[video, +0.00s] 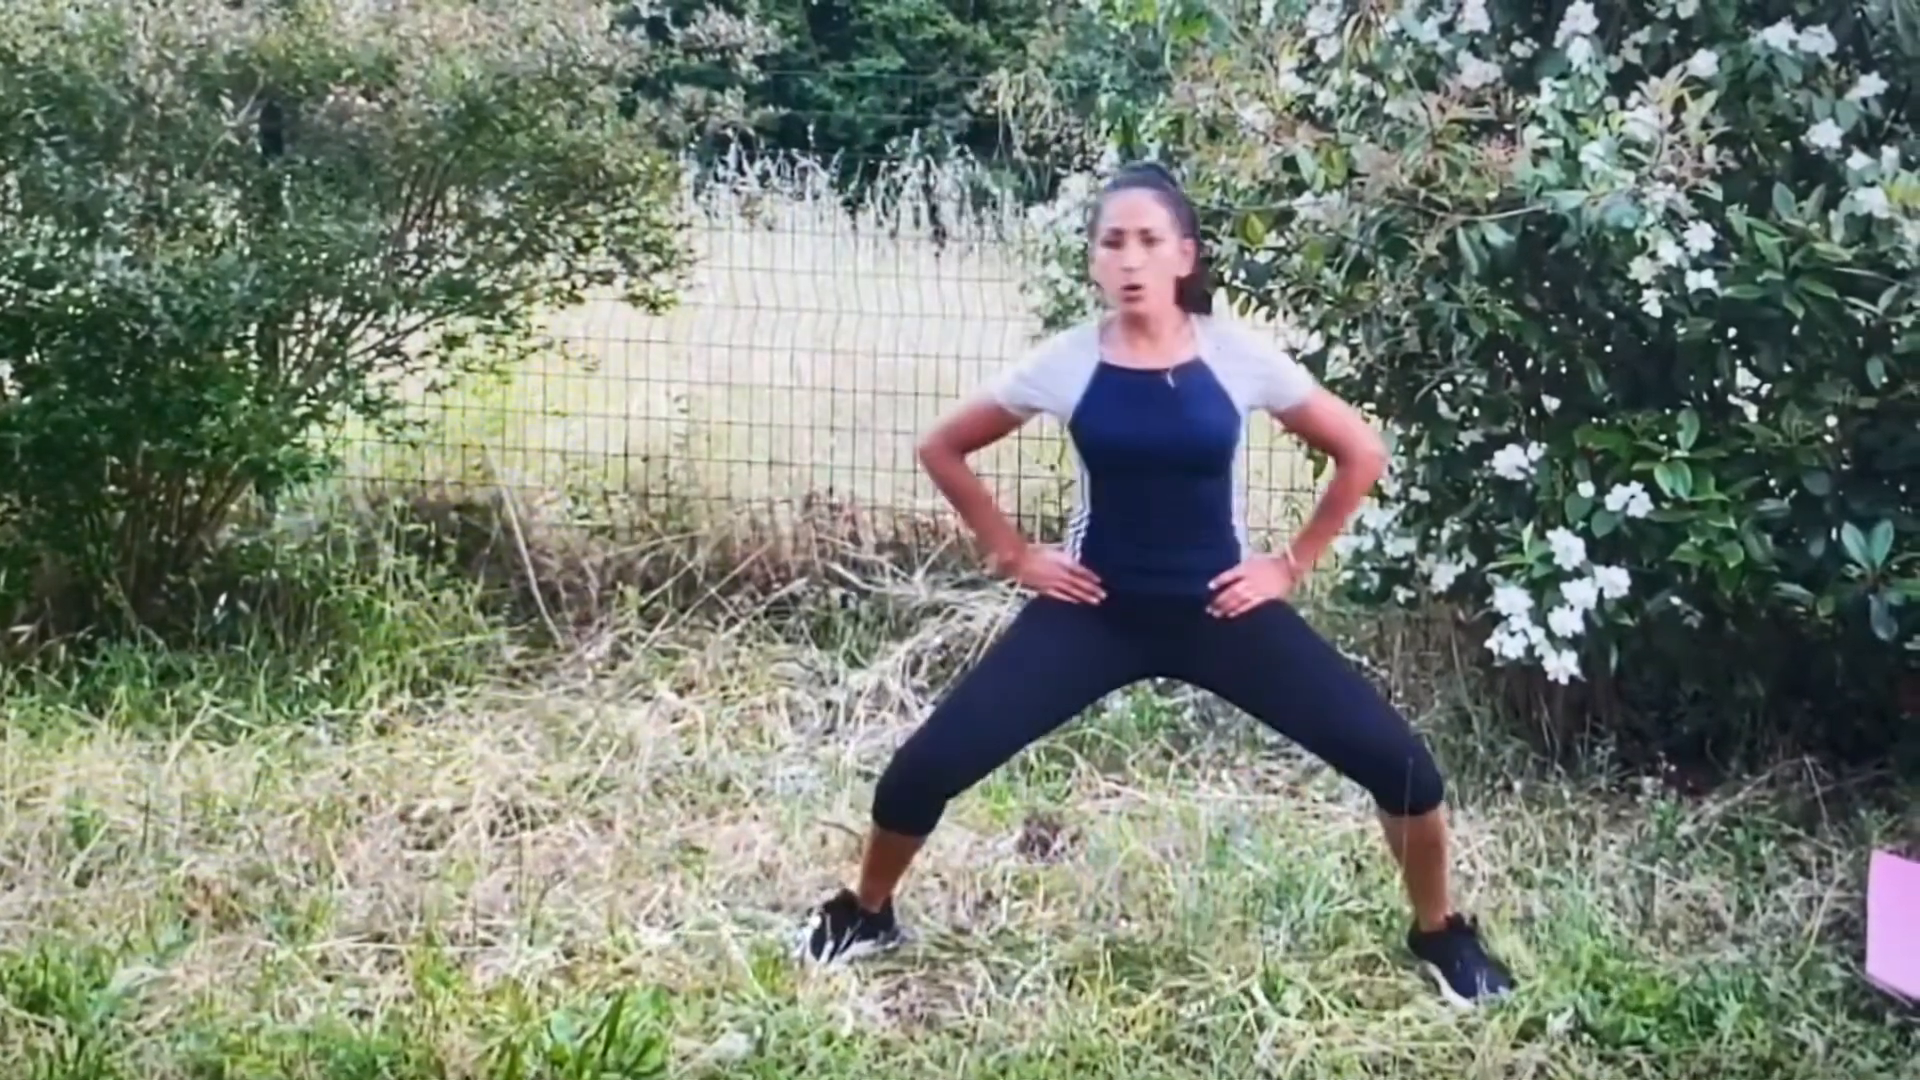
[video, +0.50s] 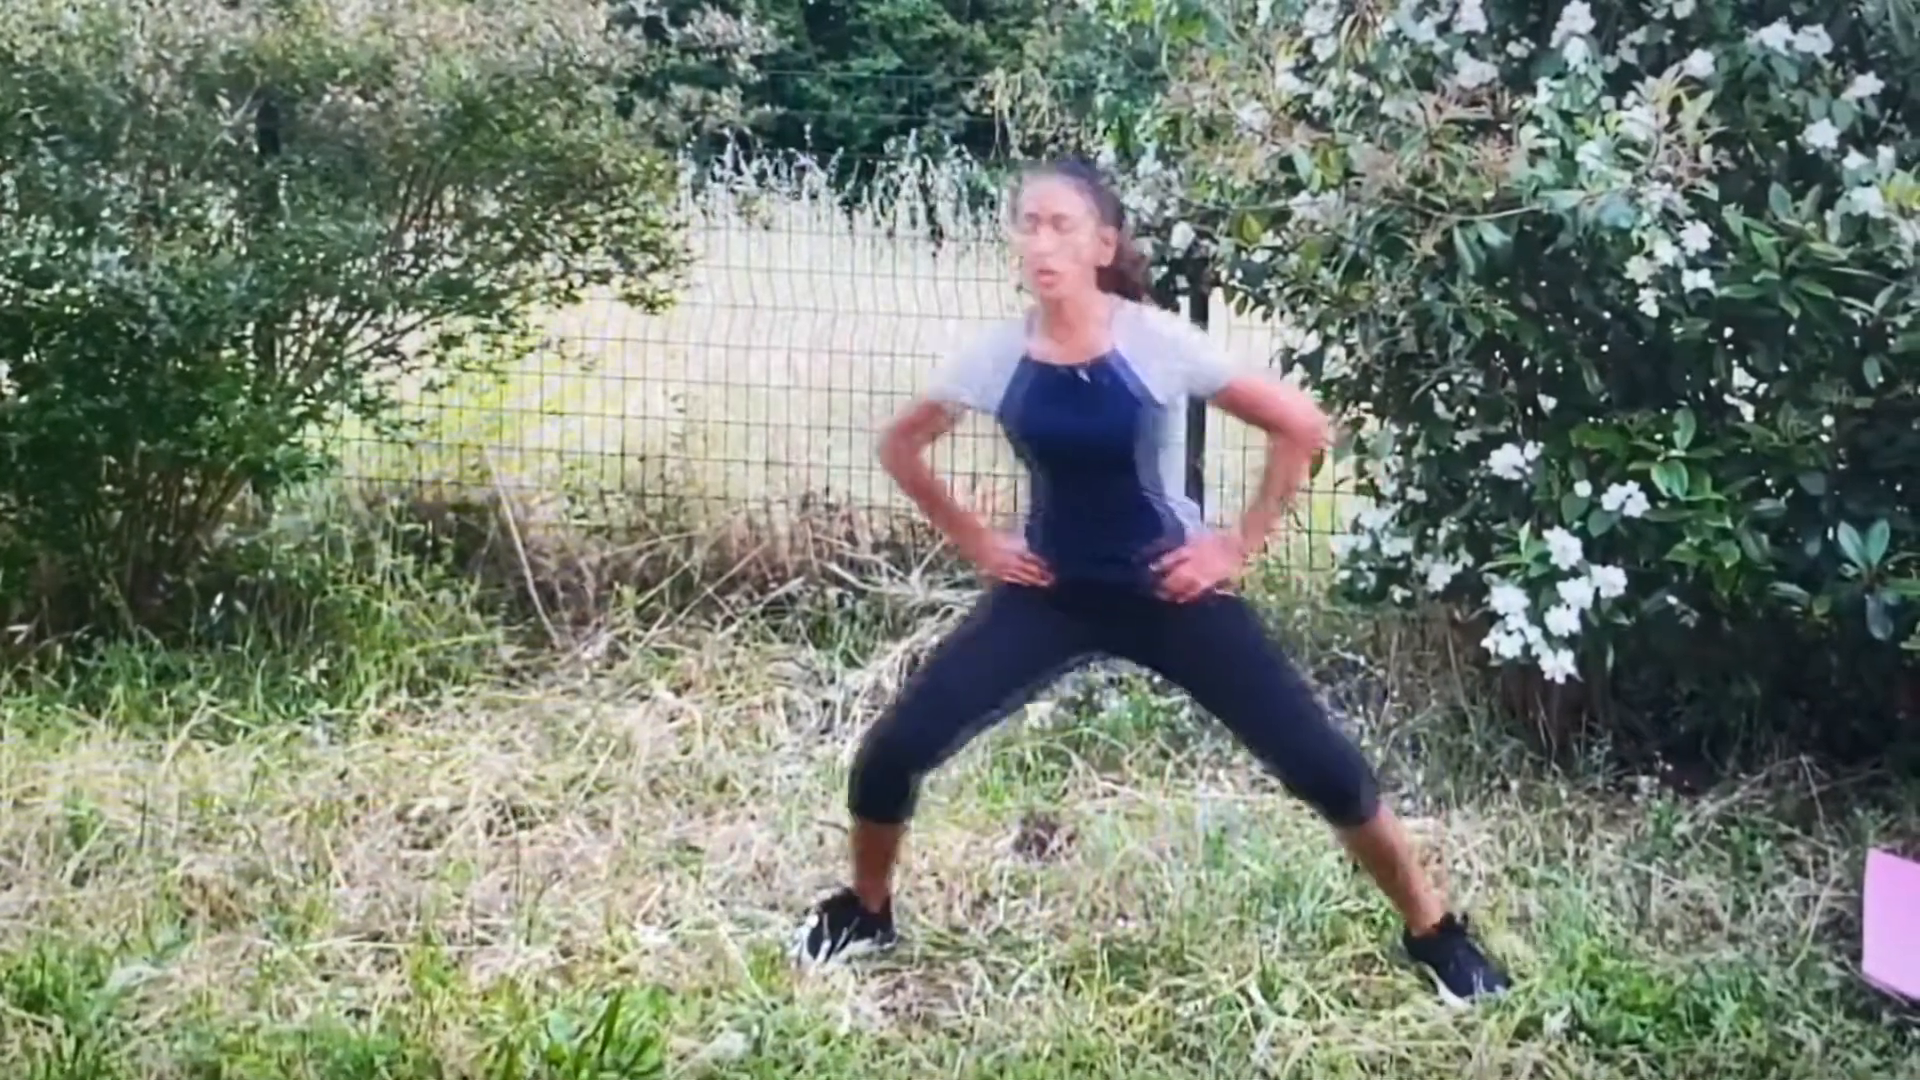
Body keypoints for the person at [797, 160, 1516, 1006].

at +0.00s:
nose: (1130, 258)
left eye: (1149, 241)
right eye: (1114, 242)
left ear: (1189, 256)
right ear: (1093, 260)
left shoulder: (1239, 355)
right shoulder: (1069, 362)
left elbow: (1364, 454)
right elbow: (941, 449)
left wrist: (1292, 565)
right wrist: (1013, 552)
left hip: (1226, 617)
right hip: (1091, 614)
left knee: (1405, 765)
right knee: (919, 773)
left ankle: (1441, 936)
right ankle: (864, 911)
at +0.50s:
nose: (1036, 243)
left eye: (1058, 225)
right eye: (1027, 224)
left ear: (1106, 246)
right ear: (1013, 242)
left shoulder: (1161, 343)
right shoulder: (1000, 351)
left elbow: (1303, 431)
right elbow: (897, 446)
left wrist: (1240, 542)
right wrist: (976, 538)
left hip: (1175, 601)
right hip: (1046, 598)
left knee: (1331, 768)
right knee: (887, 756)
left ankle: (1435, 933)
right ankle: (864, 910)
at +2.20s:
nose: (861, 180)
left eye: (885, 165)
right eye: (848, 162)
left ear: (924, 191)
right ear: (830, 180)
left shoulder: (953, 296)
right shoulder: (792, 277)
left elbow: (1069, 420)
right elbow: (671, 339)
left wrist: (987, 512)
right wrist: (744, 459)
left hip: (919, 540)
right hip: (804, 526)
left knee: (923, 741)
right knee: (675, 692)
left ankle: (930, 917)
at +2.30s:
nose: (869, 171)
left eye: (892, 158)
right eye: (858, 154)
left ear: (930, 188)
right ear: (838, 174)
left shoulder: (967, 287)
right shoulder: (803, 281)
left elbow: (1093, 396)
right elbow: (689, 355)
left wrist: (1018, 496)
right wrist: (772, 472)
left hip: (952, 534)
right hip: (836, 531)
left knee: (986, 738)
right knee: (757, 732)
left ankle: (950, 909)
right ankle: (840, 911)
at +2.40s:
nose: (884, 177)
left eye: (909, 164)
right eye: (872, 160)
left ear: (946, 196)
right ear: (849, 183)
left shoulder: (984, 290)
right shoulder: (821, 292)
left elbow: (1124, 386)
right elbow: (711, 383)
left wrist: (1057, 490)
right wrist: (801, 490)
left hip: (988, 538)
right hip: (868, 545)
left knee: (1084, 705)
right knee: (779, 743)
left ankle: (1064, 867)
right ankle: (844, 917)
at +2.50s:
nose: (906, 201)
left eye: (931, 187)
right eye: (896, 183)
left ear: (973, 220)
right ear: (875, 204)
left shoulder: (1014, 314)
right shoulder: (856, 321)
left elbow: (1158, 400)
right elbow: (747, 411)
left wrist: (1092, 510)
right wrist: (838, 517)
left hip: (1028, 563)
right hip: (907, 570)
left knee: (1171, 723)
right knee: (791, 756)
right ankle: (843, 929)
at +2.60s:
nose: (966, 235)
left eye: (988, 224)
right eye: (950, 225)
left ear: (1025, 263)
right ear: (927, 263)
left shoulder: (1069, 353)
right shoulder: (908, 367)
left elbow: (1203, 436)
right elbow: (797, 453)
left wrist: (1144, 549)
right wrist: (889, 558)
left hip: (1080, 605)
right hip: (959, 610)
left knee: (1244, 769)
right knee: (816, 781)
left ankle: (1392, 953)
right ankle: (843, 952)